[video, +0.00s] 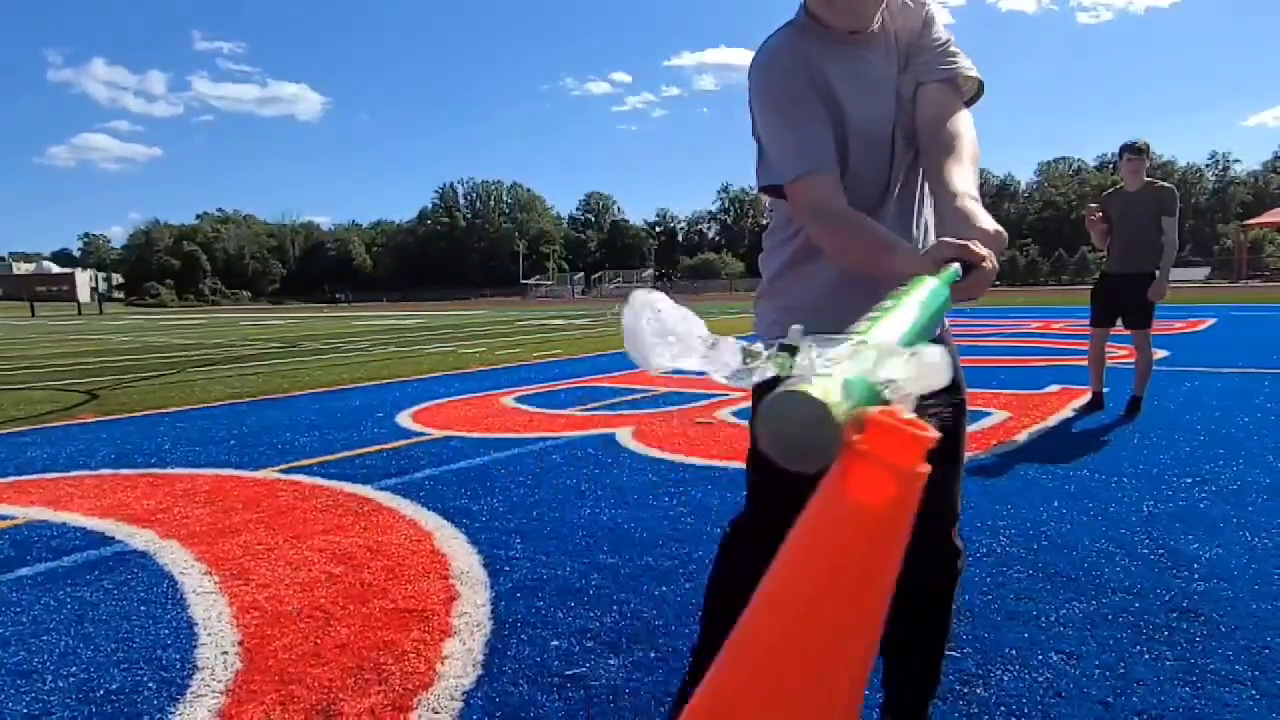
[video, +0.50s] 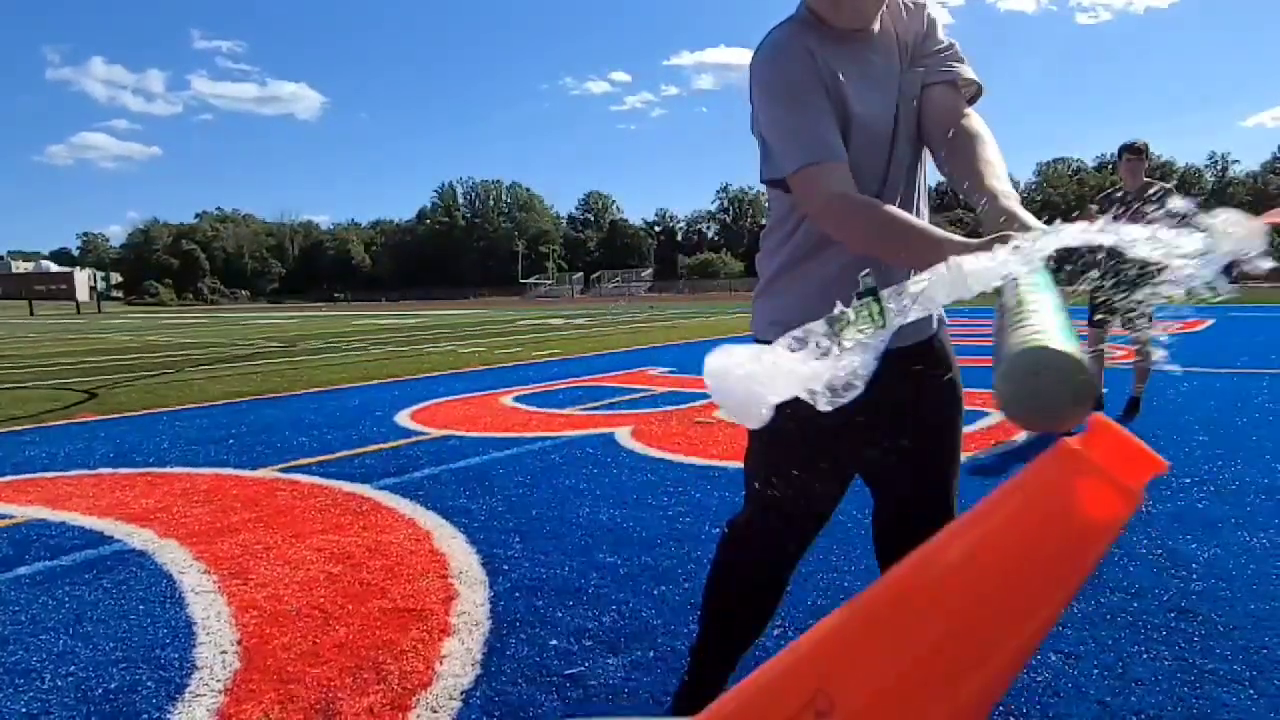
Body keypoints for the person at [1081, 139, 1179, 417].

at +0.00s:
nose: (1134, 164)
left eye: (1139, 159)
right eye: (1129, 159)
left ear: (1147, 163)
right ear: (1120, 164)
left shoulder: (1164, 194)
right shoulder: (1110, 198)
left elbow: (1170, 239)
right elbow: (1101, 243)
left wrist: (1162, 278)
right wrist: (1094, 225)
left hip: (1142, 277)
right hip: (1110, 276)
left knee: (1141, 341)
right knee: (1098, 337)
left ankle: (1136, 398)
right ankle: (1096, 395)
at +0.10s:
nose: (1134, 164)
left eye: (1139, 159)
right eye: (1128, 160)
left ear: (1147, 163)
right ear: (1119, 164)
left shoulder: (1164, 193)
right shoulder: (1110, 198)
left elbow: (1170, 239)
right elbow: (1101, 243)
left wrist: (1162, 278)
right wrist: (1093, 225)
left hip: (1142, 276)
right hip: (1111, 275)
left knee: (1141, 341)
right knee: (1097, 337)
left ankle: (1136, 398)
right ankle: (1096, 394)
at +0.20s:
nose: (1133, 164)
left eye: (1139, 159)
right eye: (1128, 159)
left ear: (1147, 163)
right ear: (1119, 164)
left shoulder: (1163, 194)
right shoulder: (1110, 198)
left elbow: (1170, 239)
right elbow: (1100, 243)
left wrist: (1162, 278)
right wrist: (1093, 224)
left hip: (1142, 276)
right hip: (1110, 275)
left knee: (1140, 341)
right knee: (1097, 336)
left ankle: (1136, 397)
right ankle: (1096, 394)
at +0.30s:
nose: (1133, 165)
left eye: (1138, 160)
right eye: (1128, 160)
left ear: (1146, 163)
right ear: (1119, 164)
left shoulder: (1163, 194)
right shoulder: (1110, 198)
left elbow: (1170, 239)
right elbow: (1100, 243)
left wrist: (1162, 277)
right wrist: (1093, 224)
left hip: (1143, 275)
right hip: (1112, 274)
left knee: (1140, 340)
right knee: (1096, 337)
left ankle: (1136, 397)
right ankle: (1096, 394)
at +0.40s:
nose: (1133, 166)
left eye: (1138, 160)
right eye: (1128, 160)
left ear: (1146, 163)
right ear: (1119, 164)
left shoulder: (1163, 193)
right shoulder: (1109, 198)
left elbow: (1168, 238)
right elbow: (1100, 241)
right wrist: (1094, 227)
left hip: (1144, 271)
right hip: (1110, 269)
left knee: (1140, 336)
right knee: (1096, 331)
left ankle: (1136, 397)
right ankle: (1096, 394)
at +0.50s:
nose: (1133, 167)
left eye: (1138, 161)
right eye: (1128, 161)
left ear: (1147, 165)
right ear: (1118, 166)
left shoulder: (1162, 196)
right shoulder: (1107, 200)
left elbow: (1183, 227)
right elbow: (1090, 233)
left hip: (1142, 274)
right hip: (1107, 272)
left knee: (1140, 338)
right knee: (1095, 335)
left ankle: (1136, 396)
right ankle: (1095, 394)